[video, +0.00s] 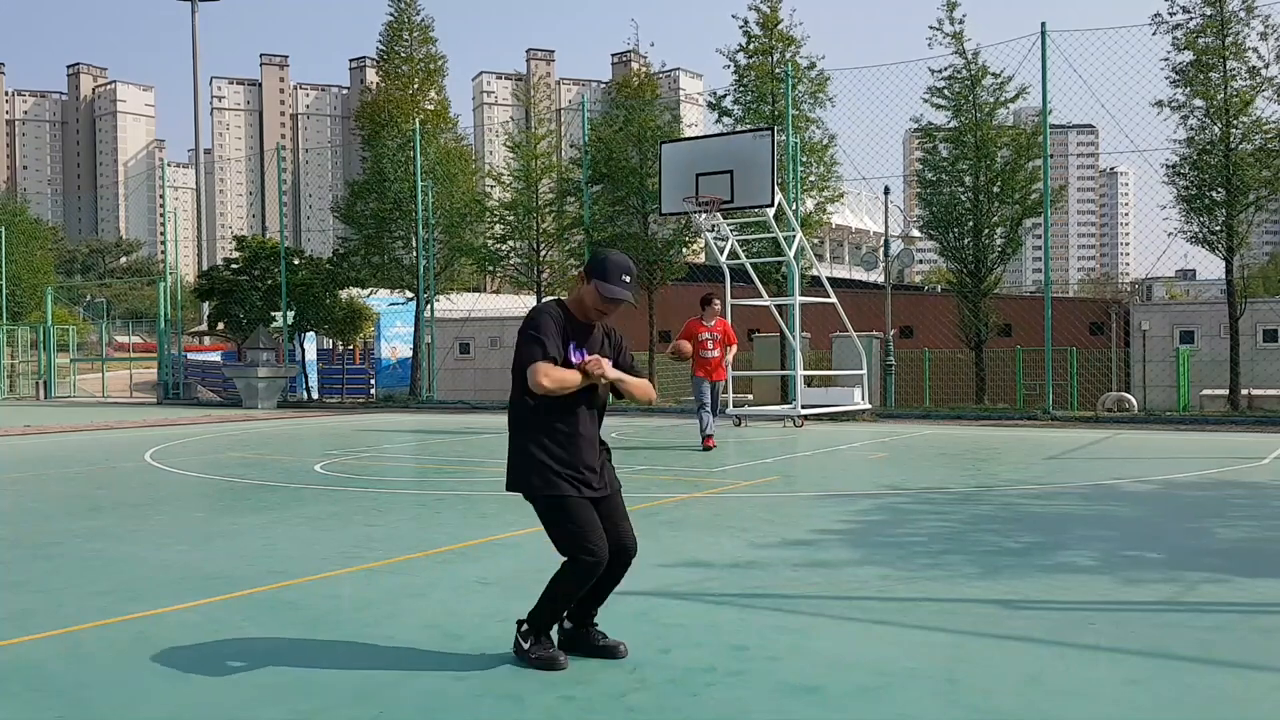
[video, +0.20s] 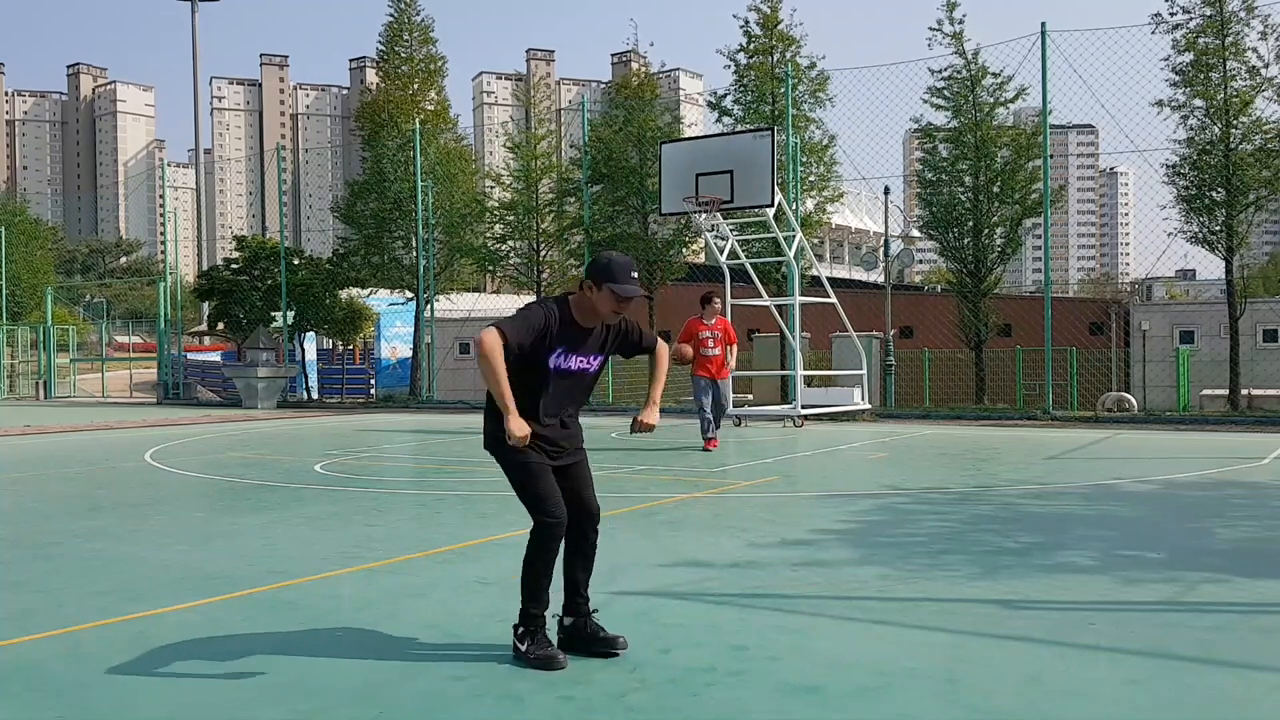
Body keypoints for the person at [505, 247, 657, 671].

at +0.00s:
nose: (610, 309)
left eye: (618, 302)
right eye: (604, 298)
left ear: (625, 298)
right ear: (583, 282)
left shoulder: (609, 336)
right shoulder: (545, 318)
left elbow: (648, 393)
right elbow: (540, 379)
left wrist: (615, 375)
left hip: (591, 460)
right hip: (545, 464)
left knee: (622, 547)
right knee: (590, 552)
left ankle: (577, 629)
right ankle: (532, 633)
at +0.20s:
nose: (625, 307)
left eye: (629, 298)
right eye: (618, 297)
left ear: (628, 294)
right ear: (589, 288)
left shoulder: (613, 327)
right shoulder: (546, 315)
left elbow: (662, 348)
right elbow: (487, 340)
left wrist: (653, 404)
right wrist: (510, 414)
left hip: (563, 432)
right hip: (517, 432)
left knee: (586, 514)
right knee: (552, 518)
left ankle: (575, 623)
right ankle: (529, 631)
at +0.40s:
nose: (596, 265)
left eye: (600, 257)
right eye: (588, 256)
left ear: (601, 256)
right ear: (561, 250)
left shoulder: (599, 295)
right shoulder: (520, 281)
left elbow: (654, 312)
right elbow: (456, 302)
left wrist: (695, 360)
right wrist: (469, 339)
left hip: (565, 422)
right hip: (515, 420)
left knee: (584, 509)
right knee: (537, 509)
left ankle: (550, 580)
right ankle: (528, 622)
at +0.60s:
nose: (568, 292)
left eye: (574, 284)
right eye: (560, 283)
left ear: (579, 281)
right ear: (536, 277)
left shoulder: (583, 325)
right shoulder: (501, 316)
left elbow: (629, 368)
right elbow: (456, 362)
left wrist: (663, 419)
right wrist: (472, 390)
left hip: (562, 446)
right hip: (514, 441)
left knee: (567, 530)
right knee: (540, 518)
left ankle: (543, 598)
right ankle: (526, 625)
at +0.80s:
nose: (540, 288)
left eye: (549, 280)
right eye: (532, 279)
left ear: (558, 283)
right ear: (515, 279)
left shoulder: (568, 326)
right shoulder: (489, 311)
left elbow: (553, 397)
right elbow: (494, 383)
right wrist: (523, 438)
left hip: (541, 414)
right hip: (492, 411)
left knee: (542, 504)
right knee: (494, 495)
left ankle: (543, 597)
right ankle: (483, 594)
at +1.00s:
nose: (495, 271)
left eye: (503, 264)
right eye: (488, 263)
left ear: (519, 265)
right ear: (480, 264)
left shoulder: (537, 311)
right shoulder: (465, 300)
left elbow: (535, 378)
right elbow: (445, 358)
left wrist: (475, 397)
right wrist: (489, 382)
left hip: (516, 421)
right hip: (472, 418)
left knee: (509, 509)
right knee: (452, 504)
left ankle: (536, 595)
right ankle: (458, 580)